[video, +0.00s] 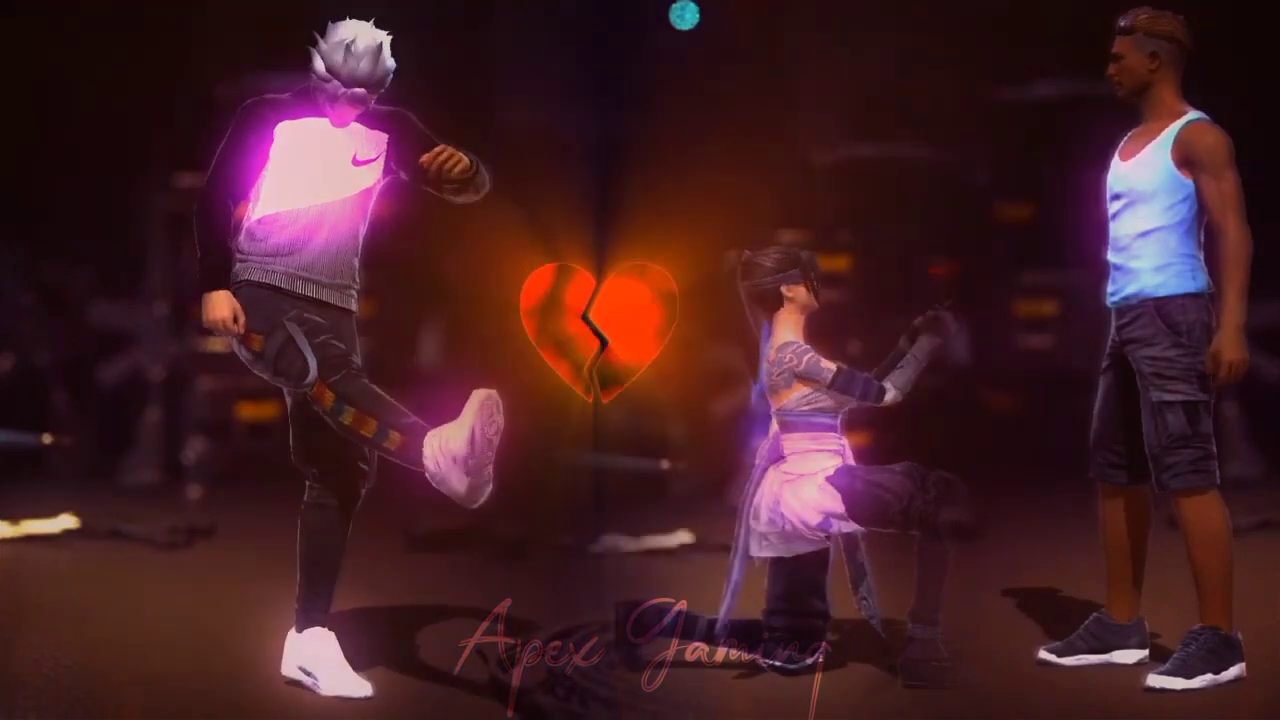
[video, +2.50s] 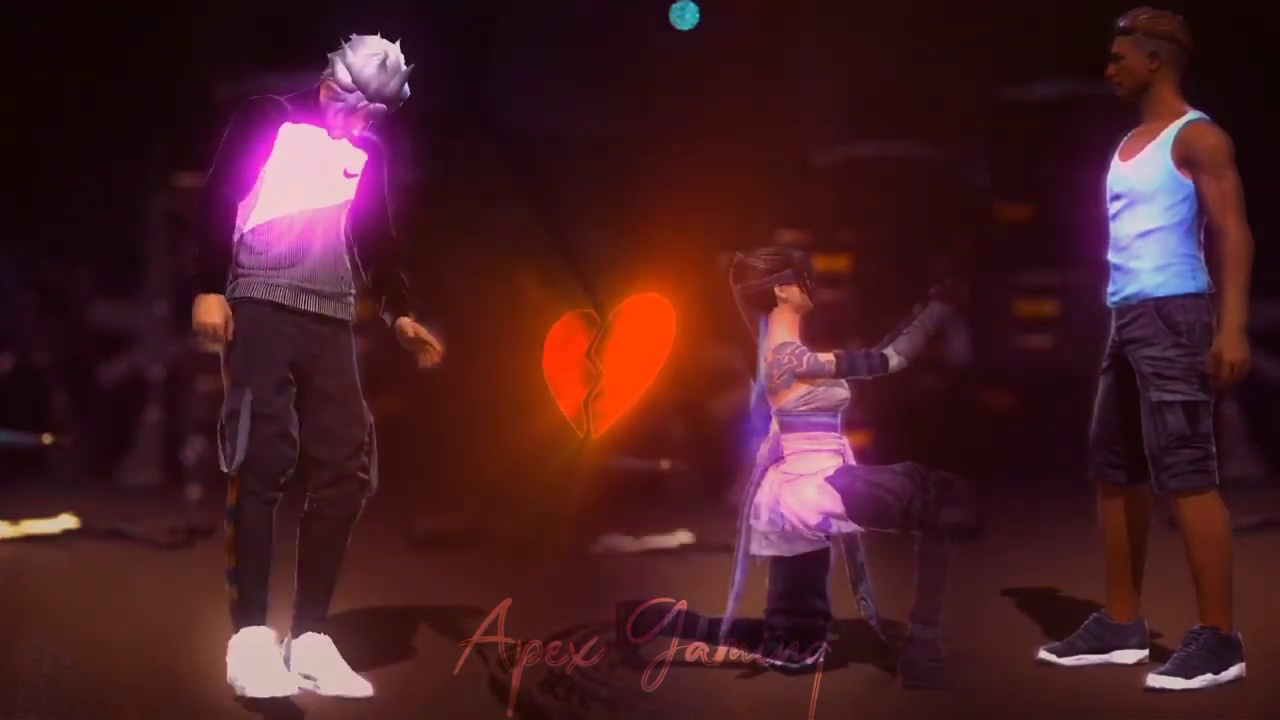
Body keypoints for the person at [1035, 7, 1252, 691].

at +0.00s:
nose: (1110, 68)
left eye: (1120, 58)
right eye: (1111, 58)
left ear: (1157, 62)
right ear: (1140, 65)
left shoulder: (1198, 135)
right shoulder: (1132, 141)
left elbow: (1233, 232)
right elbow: (1136, 240)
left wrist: (1231, 328)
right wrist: (1119, 320)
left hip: (1172, 320)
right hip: (1125, 322)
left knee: (1190, 476)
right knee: (1116, 470)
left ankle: (1216, 636)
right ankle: (1121, 623)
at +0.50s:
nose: (1110, 68)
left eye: (1120, 58)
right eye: (1111, 58)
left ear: (1157, 62)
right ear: (1141, 65)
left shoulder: (1199, 135)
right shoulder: (1131, 142)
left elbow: (1234, 233)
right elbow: (1135, 241)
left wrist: (1232, 328)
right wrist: (1119, 321)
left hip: (1172, 319)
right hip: (1125, 322)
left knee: (1189, 476)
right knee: (1115, 469)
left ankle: (1216, 637)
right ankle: (1120, 623)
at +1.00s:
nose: (1113, 69)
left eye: (1122, 59)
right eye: (1113, 59)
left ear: (1160, 62)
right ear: (1142, 65)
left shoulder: (1200, 135)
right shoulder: (1133, 140)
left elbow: (1234, 232)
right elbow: (1135, 240)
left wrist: (1227, 327)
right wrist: (1117, 321)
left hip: (1172, 320)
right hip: (1125, 322)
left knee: (1190, 476)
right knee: (1117, 471)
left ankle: (1216, 637)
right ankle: (1120, 623)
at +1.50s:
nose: (1112, 68)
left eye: (1122, 58)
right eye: (1112, 59)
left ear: (1159, 62)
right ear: (1141, 65)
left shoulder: (1200, 135)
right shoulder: (1132, 140)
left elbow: (1234, 232)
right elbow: (1136, 240)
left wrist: (1229, 327)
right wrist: (1118, 319)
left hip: (1172, 320)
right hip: (1125, 323)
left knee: (1190, 477)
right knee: (1117, 471)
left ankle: (1216, 637)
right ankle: (1121, 623)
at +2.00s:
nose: (1111, 68)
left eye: (1120, 58)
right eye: (1111, 58)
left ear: (1158, 62)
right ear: (1140, 65)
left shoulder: (1199, 135)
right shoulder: (1131, 141)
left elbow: (1233, 233)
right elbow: (1135, 241)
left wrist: (1231, 328)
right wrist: (1119, 320)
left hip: (1172, 320)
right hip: (1125, 323)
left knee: (1189, 477)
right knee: (1115, 471)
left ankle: (1216, 637)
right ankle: (1121, 623)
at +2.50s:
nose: (1110, 68)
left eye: (1120, 58)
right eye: (1110, 58)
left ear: (1157, 62)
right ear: (1140, 65)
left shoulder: (1199, 135)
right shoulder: (1131, 142)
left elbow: (1234, 234)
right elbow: (1136, 241)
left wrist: (1232, 328)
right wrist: (1119, 321)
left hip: (1172, 321)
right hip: (1125, 323)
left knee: (1189, 478)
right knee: (1115, 471)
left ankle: (1216, 637)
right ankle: (1121, 623)